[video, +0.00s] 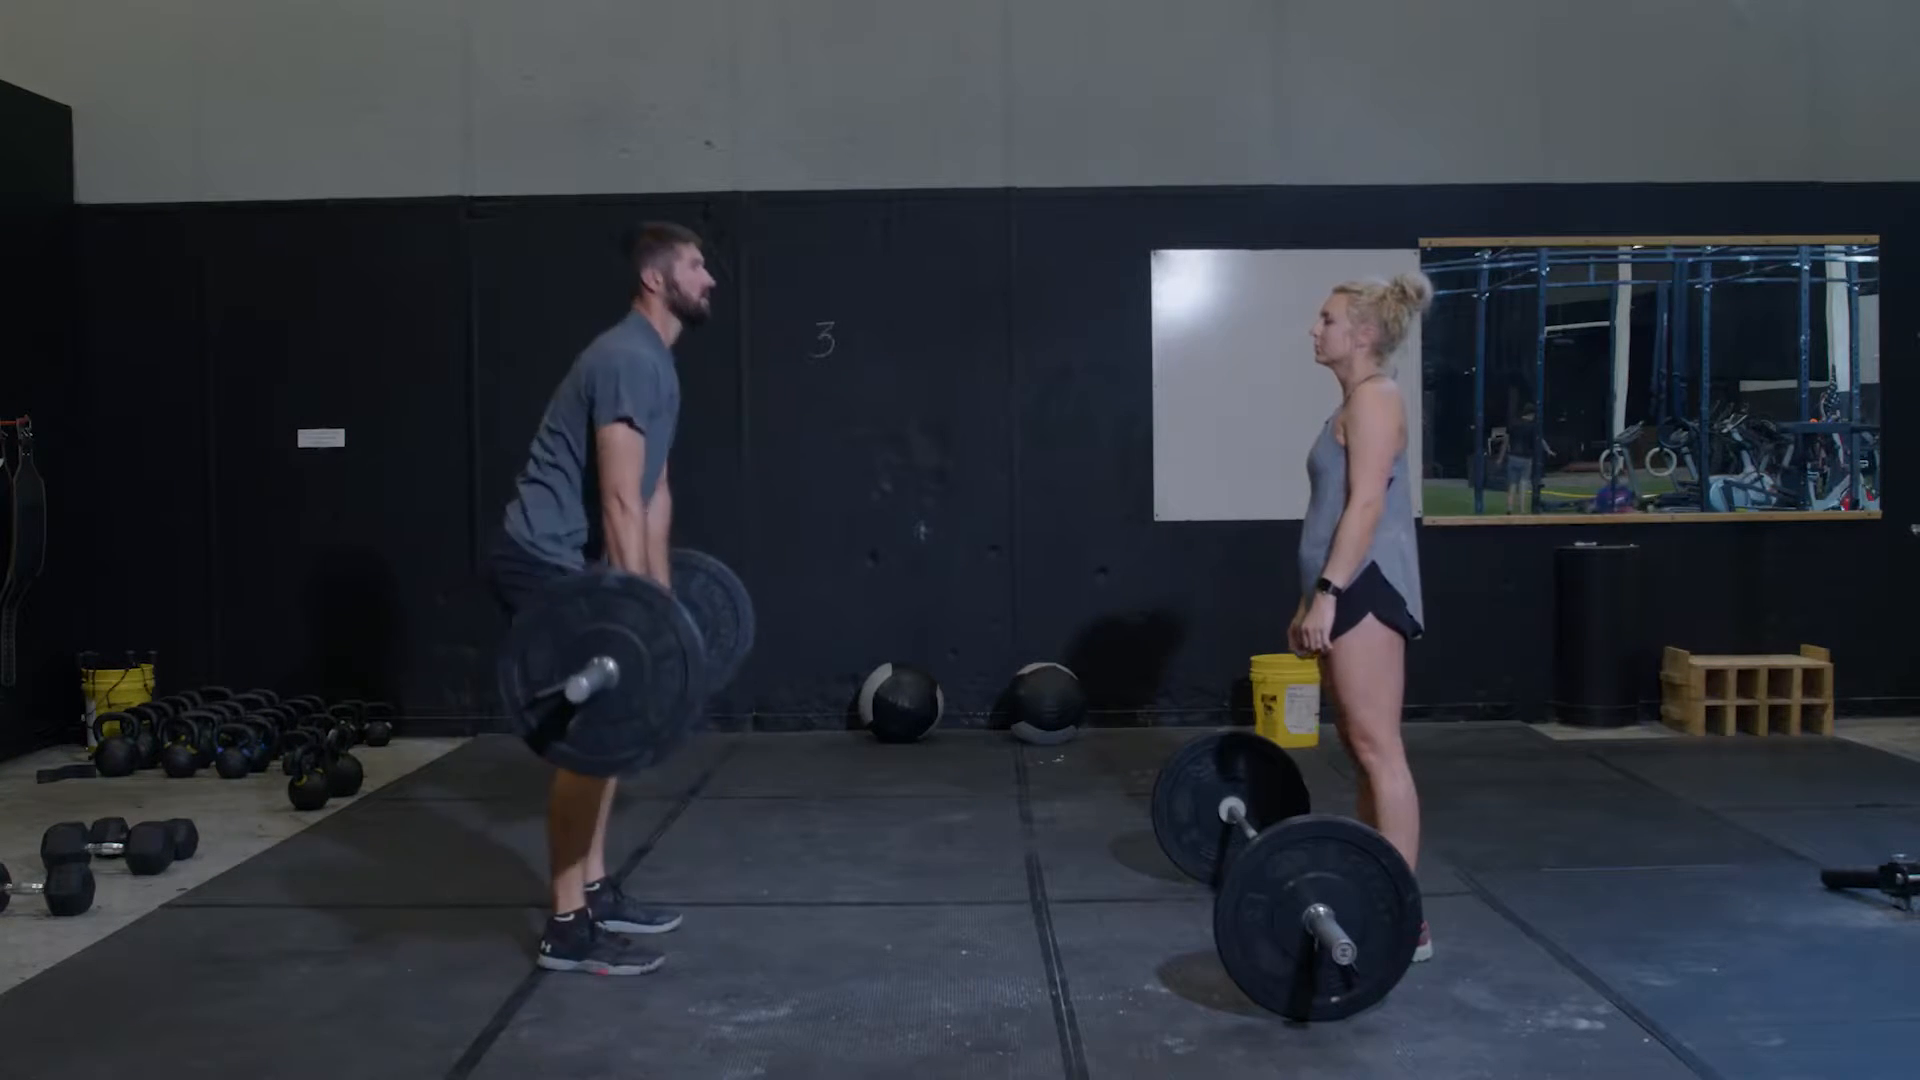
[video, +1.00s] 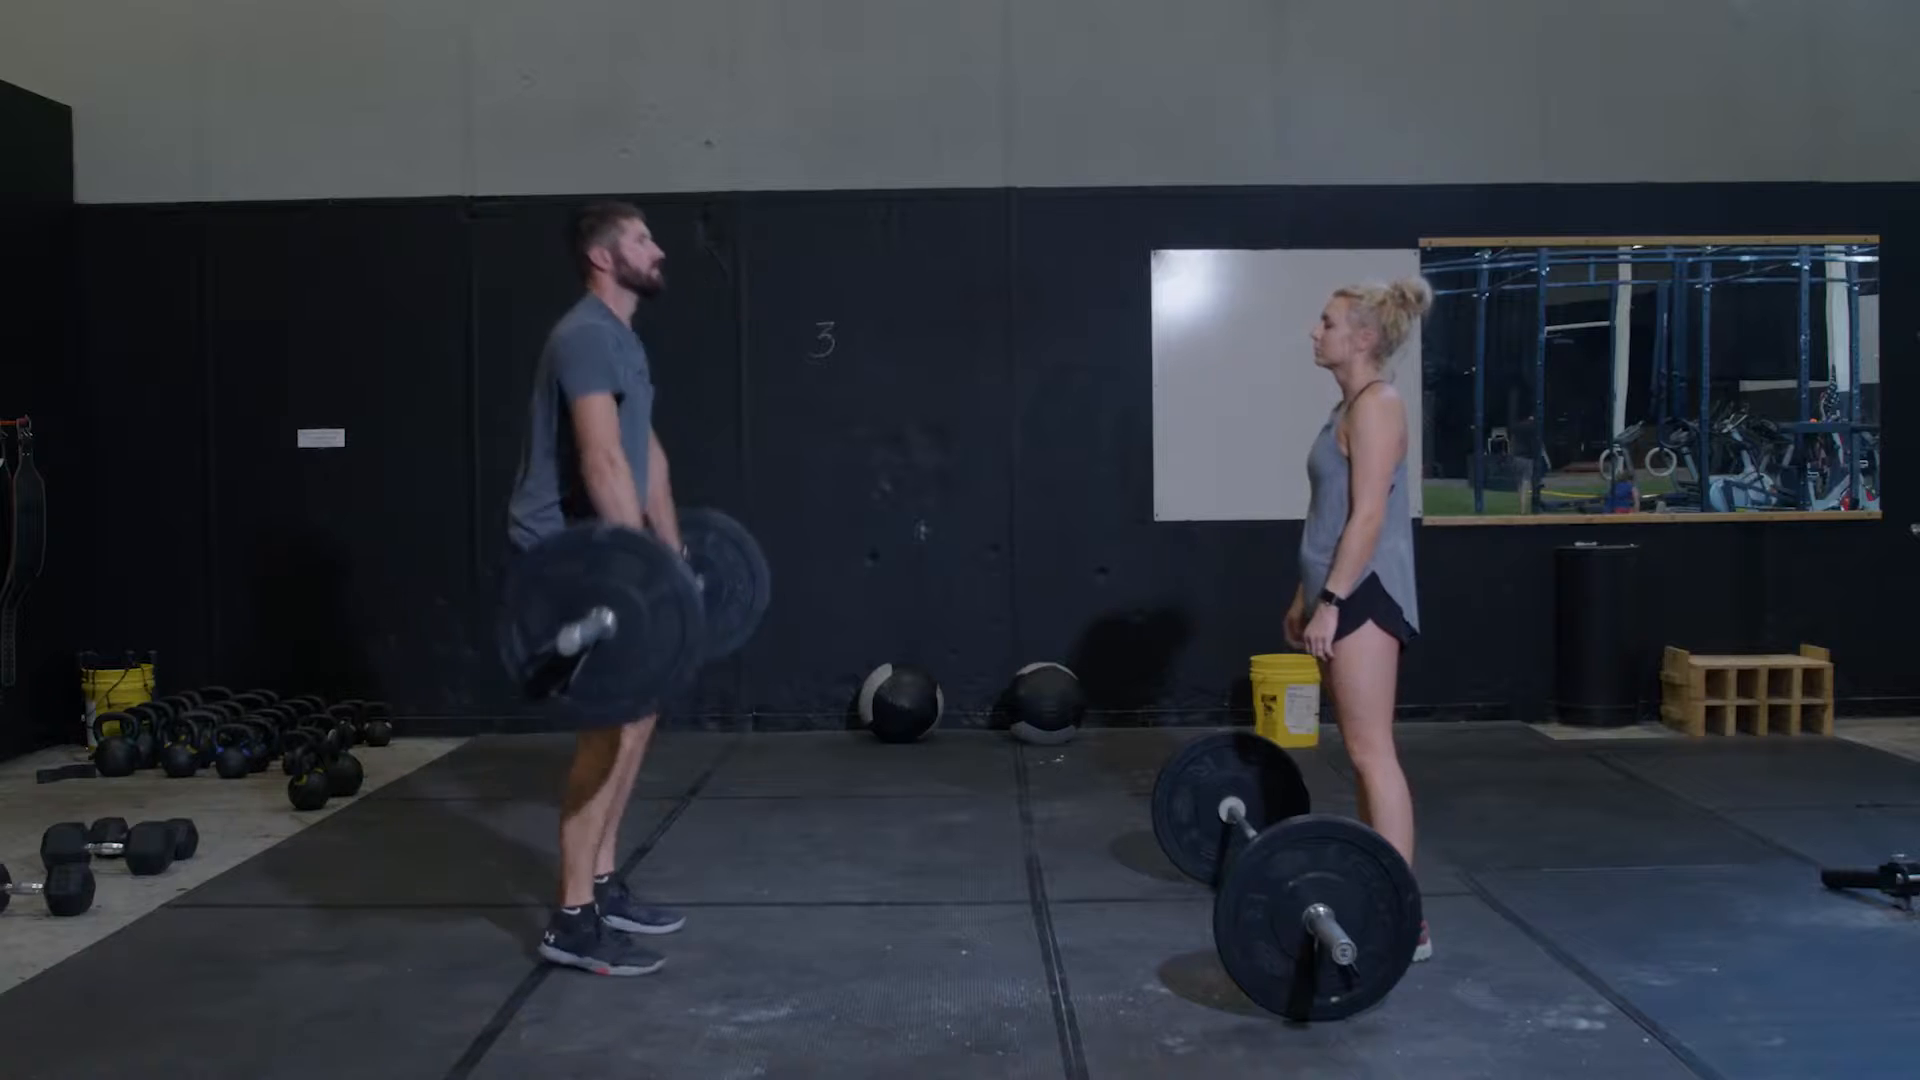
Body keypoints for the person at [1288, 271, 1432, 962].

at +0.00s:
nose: (1315, 330)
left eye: (1328, 321)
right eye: (1319, 319)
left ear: (1365, 333)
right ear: (1356, 335)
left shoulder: (1374, 400)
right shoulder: (1355, 403)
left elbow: (1366, 507)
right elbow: (1341, 513)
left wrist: (1327, 592)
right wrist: (1313, 600)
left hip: (1368, 593)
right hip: (1349, 593)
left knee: (1379, 749)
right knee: (1365, 747)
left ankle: (1399, 912)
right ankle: (1378, 901)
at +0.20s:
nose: (1315, 329)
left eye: (1329, 320)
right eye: (1320, 318)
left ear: (1365, 333)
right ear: (1357, 334)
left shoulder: (1374, 400)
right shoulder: (1356, 402)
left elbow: (1366, 507)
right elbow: (1342, 513)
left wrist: (1326, 593)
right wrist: (1312, 599)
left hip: (1367, 593)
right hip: (1349, 593)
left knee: (1379, 750)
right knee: (1366, 749)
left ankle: (1399, 912)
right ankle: (1380, 903)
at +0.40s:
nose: (1316, 328)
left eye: (1329, 320)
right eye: (1320, 317)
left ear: (1365, 333)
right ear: (1357, 334)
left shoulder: (1374, 400)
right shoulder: (1355, 402)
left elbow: (1365, 507)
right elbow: (1342, 511)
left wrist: (1325, 593)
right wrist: (1311, 595)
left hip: (1366, 593)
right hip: (1348, 592)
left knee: (1377, 750)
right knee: (1366, 749)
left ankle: (1399, 912)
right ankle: (1379, 902)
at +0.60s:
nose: (1316, 329)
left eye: (1328, 320)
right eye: (1320, 318)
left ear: (1363, 334)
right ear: (1356, 335)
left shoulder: (1376, 401)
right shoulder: (1353, 403)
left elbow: (1365, 511)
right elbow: (1335, 514)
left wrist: (1326, 594)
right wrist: (1309, 592)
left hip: (1366, 592)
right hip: (1346, 591)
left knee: (1375, 749)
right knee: (1366, 748)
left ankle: (1399, 911)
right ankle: (1381, 903)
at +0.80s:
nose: (1315, 330)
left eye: (1328, 322)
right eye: (1319, 320)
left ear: (1364, 335)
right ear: (1354, 336)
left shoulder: (1375, 402)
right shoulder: (1351, 405)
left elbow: (1368, 512)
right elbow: (1335, 513)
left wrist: (1329, 596)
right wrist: (1308, 591)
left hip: (1367, 594)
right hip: (1346, 592)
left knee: (1374, 751)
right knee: (1366, 751)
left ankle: (1399, 912)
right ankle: (1384, 904)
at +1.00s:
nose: (1315, 333)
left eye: (1328, 324)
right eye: (1319, 322)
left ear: (1364, 337)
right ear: (1354, 338)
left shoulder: (1376, 404)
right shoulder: (1350, 407)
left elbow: (1370, 515)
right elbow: (1334, 516)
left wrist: (1331, 600)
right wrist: (1308, 593)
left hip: (1368, 596)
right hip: (1346, 594)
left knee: (1372, 751)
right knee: (1365, 751)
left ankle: (1399, 913)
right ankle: (1384, 906)